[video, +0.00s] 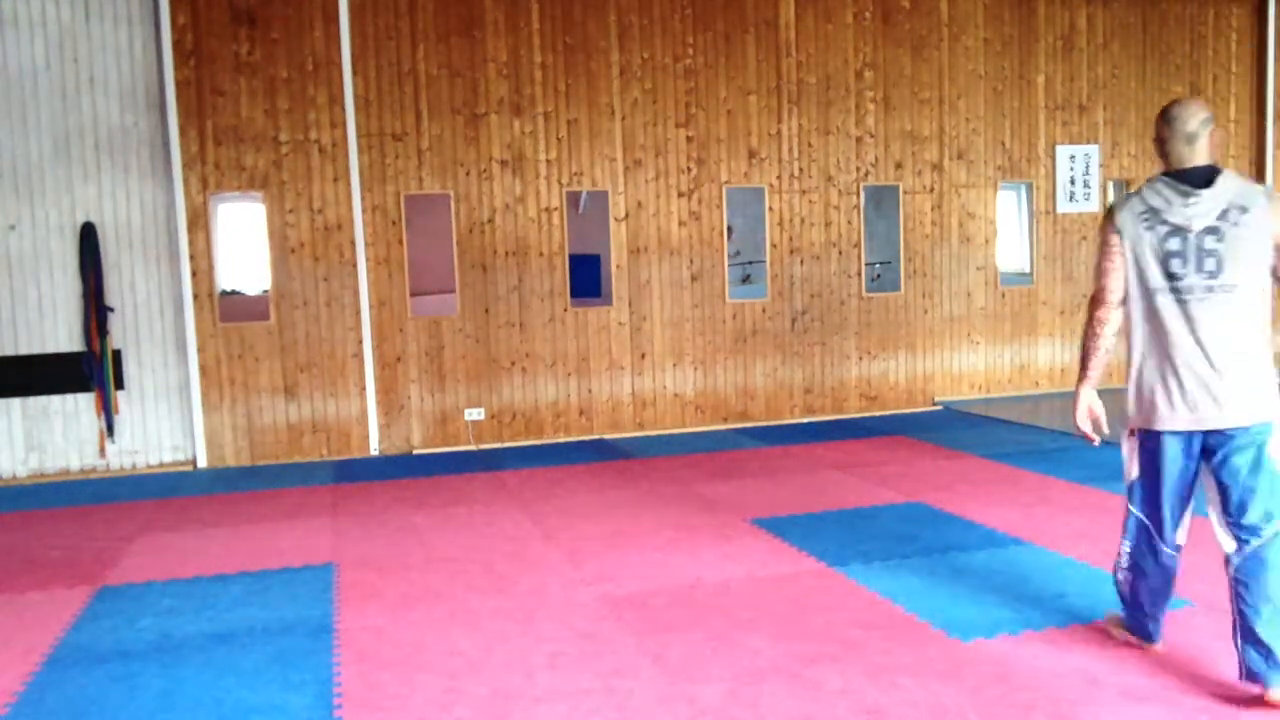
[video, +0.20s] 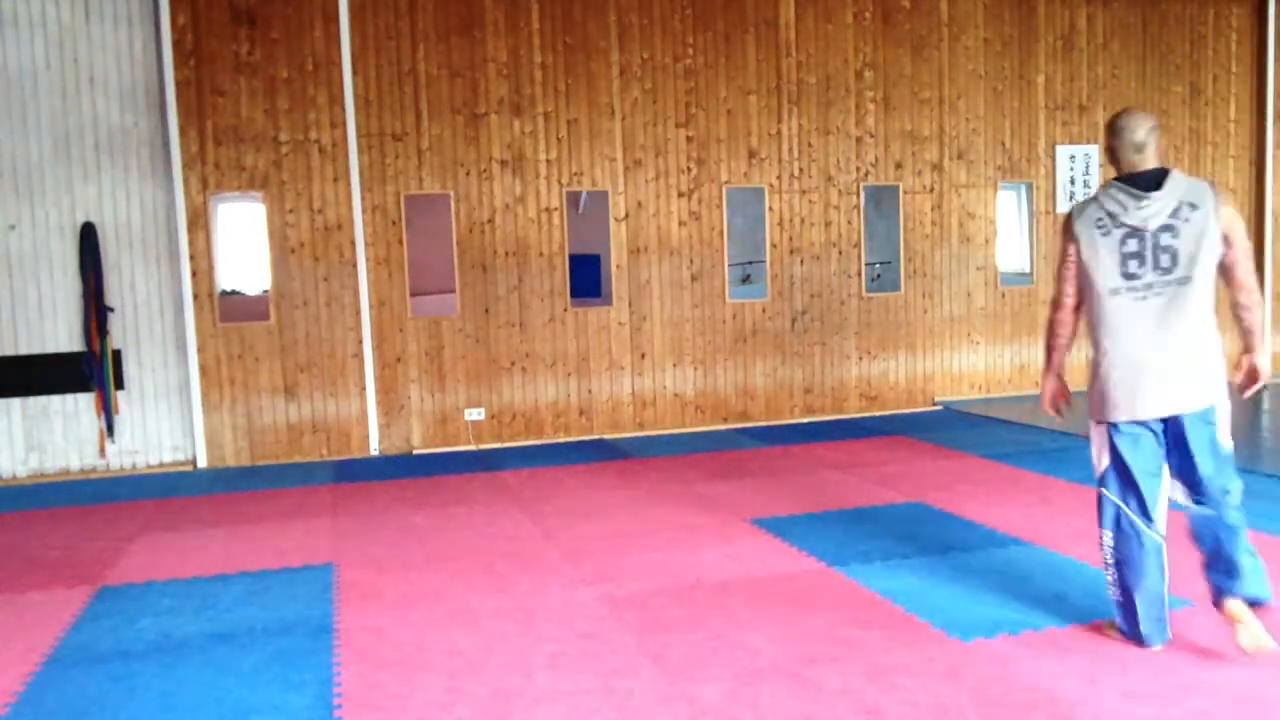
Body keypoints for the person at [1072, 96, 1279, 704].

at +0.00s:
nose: (1182, 145)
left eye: (1163, 138)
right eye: (1202, 132)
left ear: (1156, 145)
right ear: (1213, 142)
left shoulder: (1128, 215)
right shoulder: (1261, 205)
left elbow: (1106, 307)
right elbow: (1273, 288)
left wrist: (1086, 385)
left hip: (1166, 403)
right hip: (1247, 399)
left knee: (1155, 521)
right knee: (1257, 534)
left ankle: (1142, 621)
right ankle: (1266, 669)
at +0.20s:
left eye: (1110, 152)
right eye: (1152, 142)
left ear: (1108, 156)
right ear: (1160, 148)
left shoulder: (1083, 220)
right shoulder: (1213, 205)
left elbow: (1066, 306)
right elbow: (1245, 288)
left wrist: (1053, 373)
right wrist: (1257, 349)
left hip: (1125, 389)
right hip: (1196, 383)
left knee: (1132, 510)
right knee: (1218, 493)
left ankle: (1142, 622)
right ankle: (1234, 590)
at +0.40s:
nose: (1078, 166)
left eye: (1076, 158)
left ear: (1079, 162)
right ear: (1124, 157)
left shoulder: (1057, 222)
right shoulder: (1173, 211)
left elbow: (1029, 304)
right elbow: (1208, 288)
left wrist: (1018, 335)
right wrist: (1209, 352)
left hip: (1102, 385)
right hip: (1165, 376)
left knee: (1117, 502)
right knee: (1160, 489)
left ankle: (1141, 620)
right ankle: (1170, 587)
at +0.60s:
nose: (1051, 178)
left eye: (1051, 171)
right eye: (1054, 170)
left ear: (1058, 172)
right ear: (1100, 168)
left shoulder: (1044, 227)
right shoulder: (1147, 224)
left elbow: (1013, 303)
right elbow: (1170, 298)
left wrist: (990, 333)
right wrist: (1147, 332)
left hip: (1067, 381)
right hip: (1127, 378)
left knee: (1060, 480)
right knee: (1122, 481)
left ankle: (1116, 581)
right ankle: (1107, 570)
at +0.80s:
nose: (1015, 183)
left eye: (1015, 175)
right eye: (1014, 175)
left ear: (1027, 175)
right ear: (1058, 171)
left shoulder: (1027, 223)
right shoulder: (1101, 219)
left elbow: (992, 296)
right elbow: (1104, 284)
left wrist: (958, 305)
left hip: (1039, 370)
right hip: (1096, 368)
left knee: (993, 450)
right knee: (1102, 472)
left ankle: (1018, 550)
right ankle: (1109, 573)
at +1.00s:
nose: (962, 201)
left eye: (962, 192)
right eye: (961, 192)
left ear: (974, 189)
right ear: (1000, 184)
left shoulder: (985, 233)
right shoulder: (1045, 228)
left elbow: (957, 302)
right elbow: (1021, 283)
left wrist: (913, 284)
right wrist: (969, 258)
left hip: (1000, 376)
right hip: (1051, 372)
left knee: (974, 470)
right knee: (1069, 470)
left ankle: (947, 554)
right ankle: (1099, 562)